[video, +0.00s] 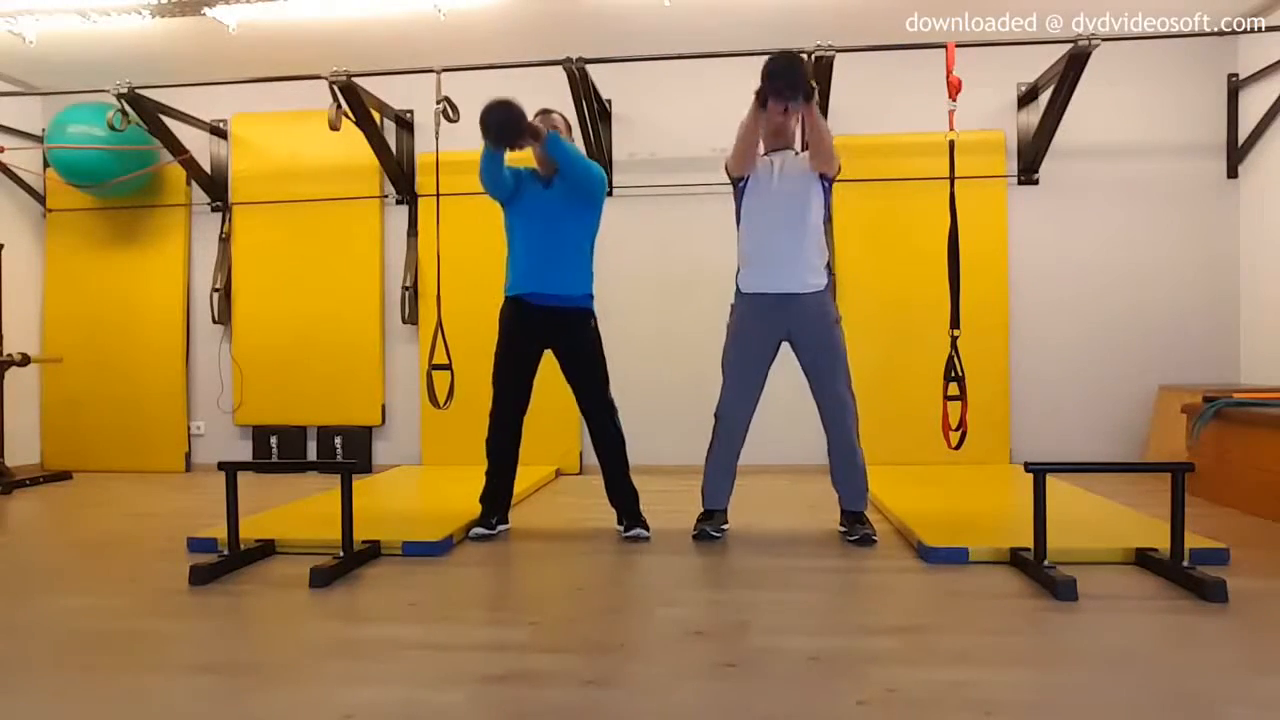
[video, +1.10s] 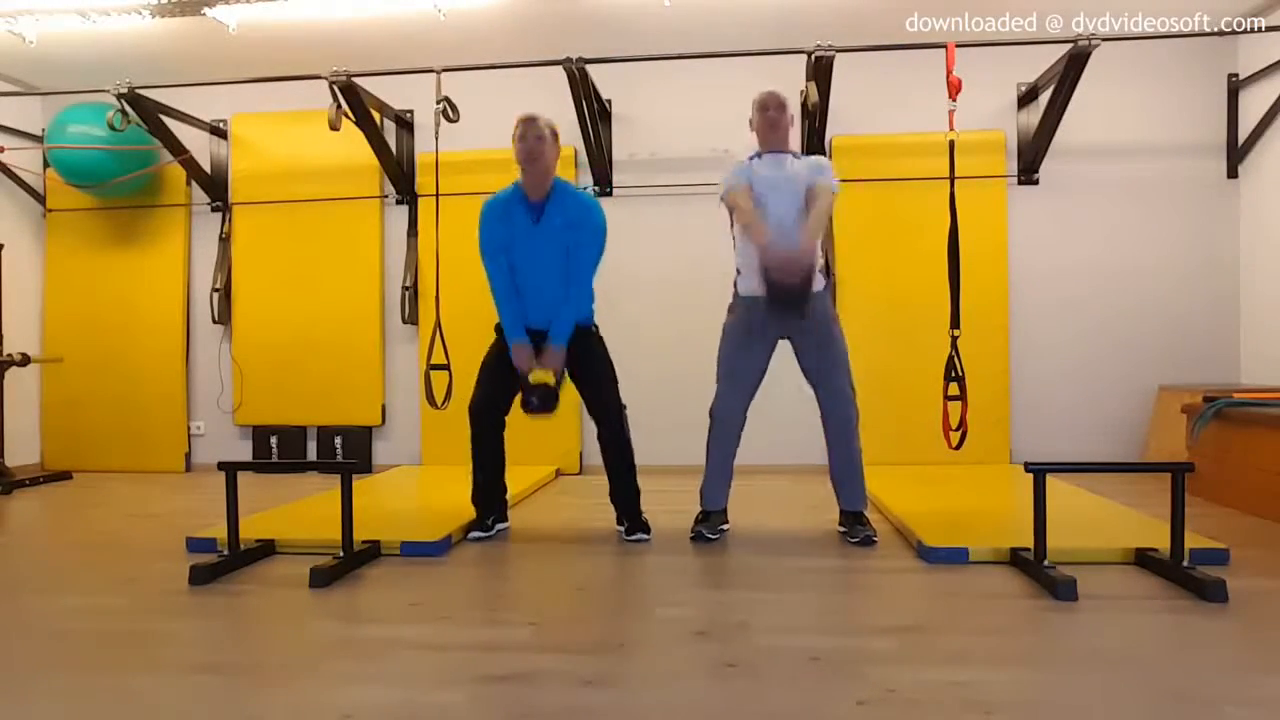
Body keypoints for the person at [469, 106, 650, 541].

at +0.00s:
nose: (549, 135)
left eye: (557, 130)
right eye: (542, 132)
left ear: (572, 140)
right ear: (530, 141)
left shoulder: (591, 181)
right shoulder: (517, 182)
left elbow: (564, 158)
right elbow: (491, 178)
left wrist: (537, 134)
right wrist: (495, 140)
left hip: (574, 313)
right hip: (521, 311)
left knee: (600, 414)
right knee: (505, 414)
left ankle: (630, 517)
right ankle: (494, 514)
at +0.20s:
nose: (547, 134)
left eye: (556, 128)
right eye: (540, 129)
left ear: (572, 138)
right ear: (530, 140)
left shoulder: (593, 177)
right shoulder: (518, 182)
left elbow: (590, 185)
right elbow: (497, 187)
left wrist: (546, 166)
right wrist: (500, 161)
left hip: (578, 319)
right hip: (525, 317)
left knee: (604, 417)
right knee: (505, 416)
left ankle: (630, 516)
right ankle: (493, 514)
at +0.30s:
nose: (549, 135)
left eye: (556, 129)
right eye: (541, 130)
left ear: (572, 139)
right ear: (531, 140)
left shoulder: (593, 187)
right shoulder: (515, 186)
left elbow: (583, 215)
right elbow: (497, 216)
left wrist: (542, 218)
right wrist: (513, 216)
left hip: (580, 324)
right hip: (526, 323)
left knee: (609, 418)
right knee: (502, 418)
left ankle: (630, 515)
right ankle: (493, 514)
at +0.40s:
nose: (547, 143)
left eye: (555, 137)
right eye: (540, 138)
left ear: (571, 148)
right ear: (530, 149)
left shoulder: (594, 203)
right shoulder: (510, 201)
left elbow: (581, 250)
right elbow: (502, 246)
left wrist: (549, 278)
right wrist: (509, 277)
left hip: (582, 331)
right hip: (529, 333)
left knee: (616, 415)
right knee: (495, 412)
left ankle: (630, 514)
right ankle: (493, 513)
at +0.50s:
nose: (543, 156)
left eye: (551, 150)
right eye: (536, 151)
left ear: (567, 161)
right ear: (525, 164)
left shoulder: (593, 218)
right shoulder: (507, 217)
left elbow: (585, 284)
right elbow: (505, 281)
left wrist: (560, 338)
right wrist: (517, 335)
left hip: (581, 335)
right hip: (525, 336)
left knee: (622, 410)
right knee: (489, 411)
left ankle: (631, 514)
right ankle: (493, 512)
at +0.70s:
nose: (520, 207)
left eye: (530, 199)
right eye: (514, 199)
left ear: (552, 205)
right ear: (508, 208)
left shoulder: (587, 258)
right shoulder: (496, 263)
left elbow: (591, 335)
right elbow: (511, 339)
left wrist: (571, 394)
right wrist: (542, 400)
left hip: (584, 359)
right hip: (527, 362)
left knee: (633, 412)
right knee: (478, 413)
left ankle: (632, 515)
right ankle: (493, 514)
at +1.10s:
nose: (529, 145)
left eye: (539, 138)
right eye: (522, 139)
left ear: (556, 149)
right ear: (514, 151)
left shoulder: (585, 209)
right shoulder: (496, 211)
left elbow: (580, 282)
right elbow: (500, 282)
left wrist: (559, 342)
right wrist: (517, 341)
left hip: (574, 329)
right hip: (518, 330)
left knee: (610, 412)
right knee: (484, 411)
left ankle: (630, 515)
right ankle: (491, 513)